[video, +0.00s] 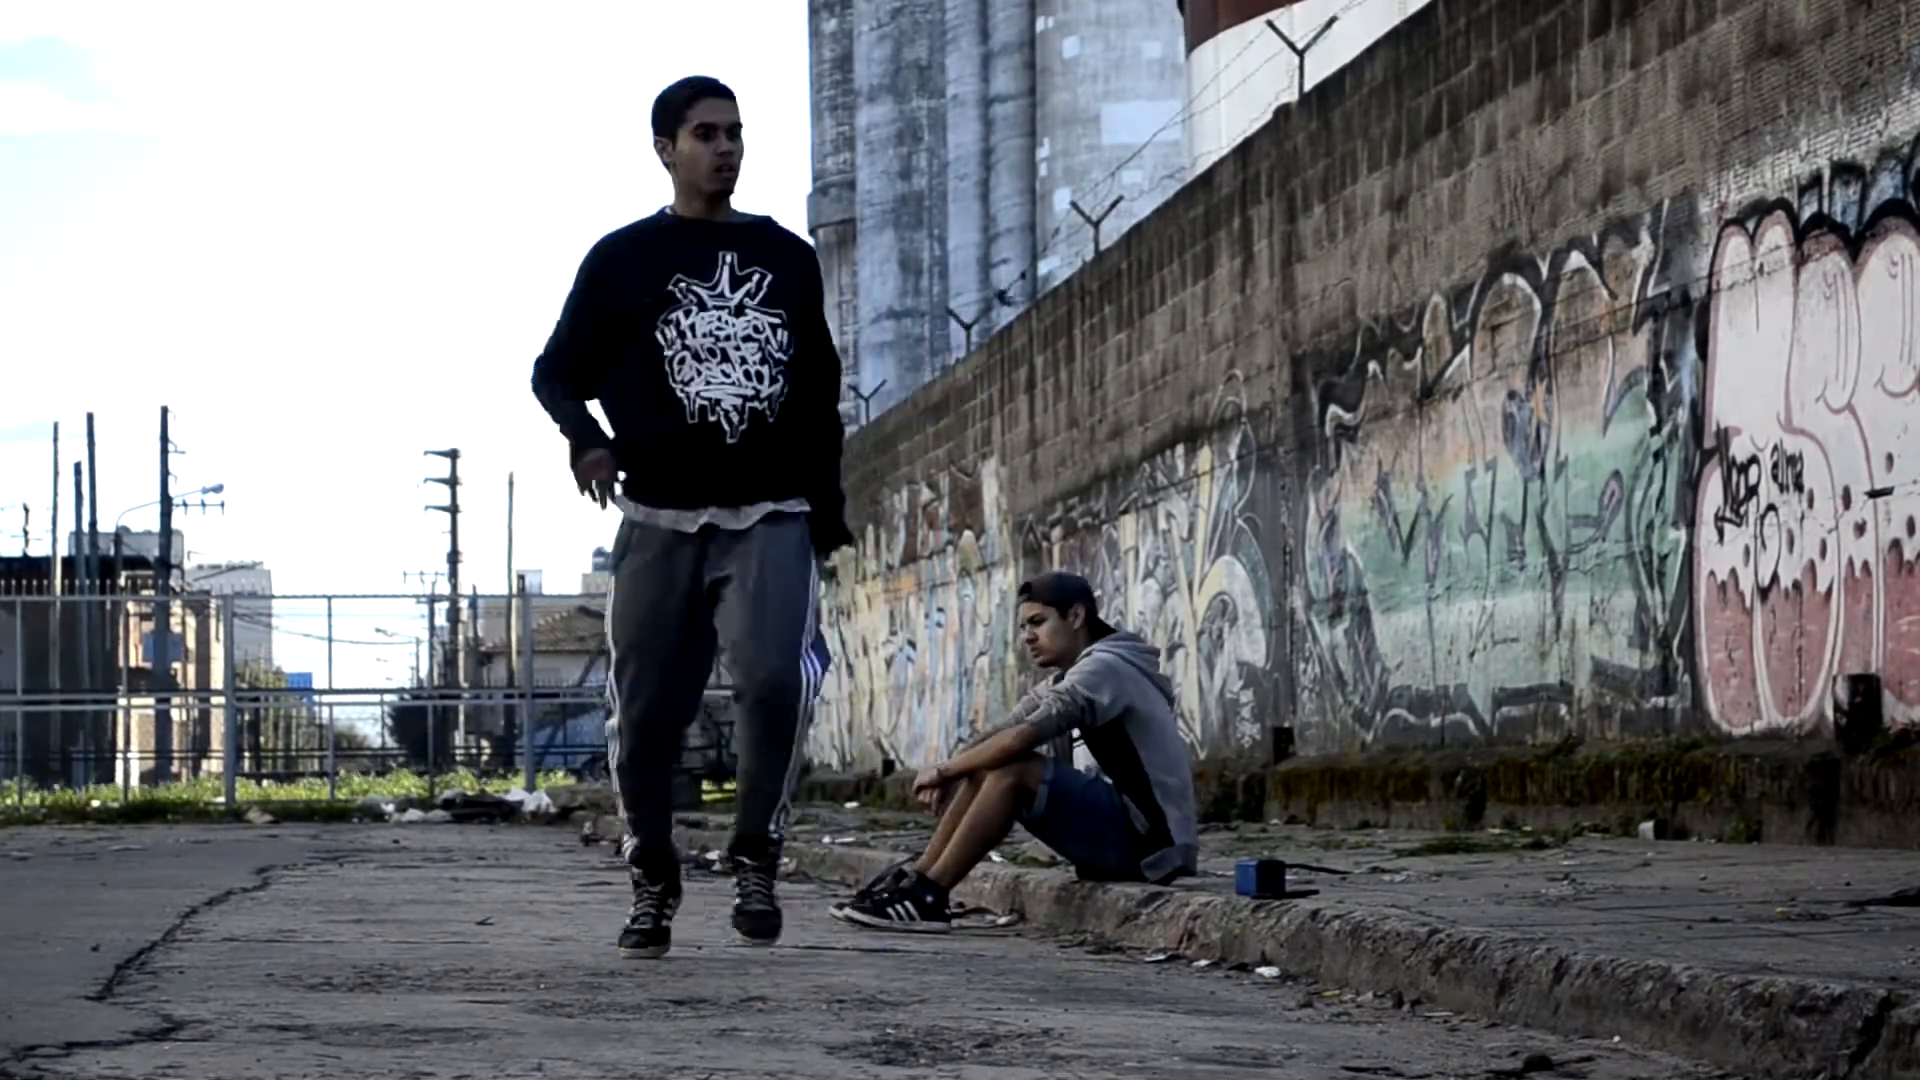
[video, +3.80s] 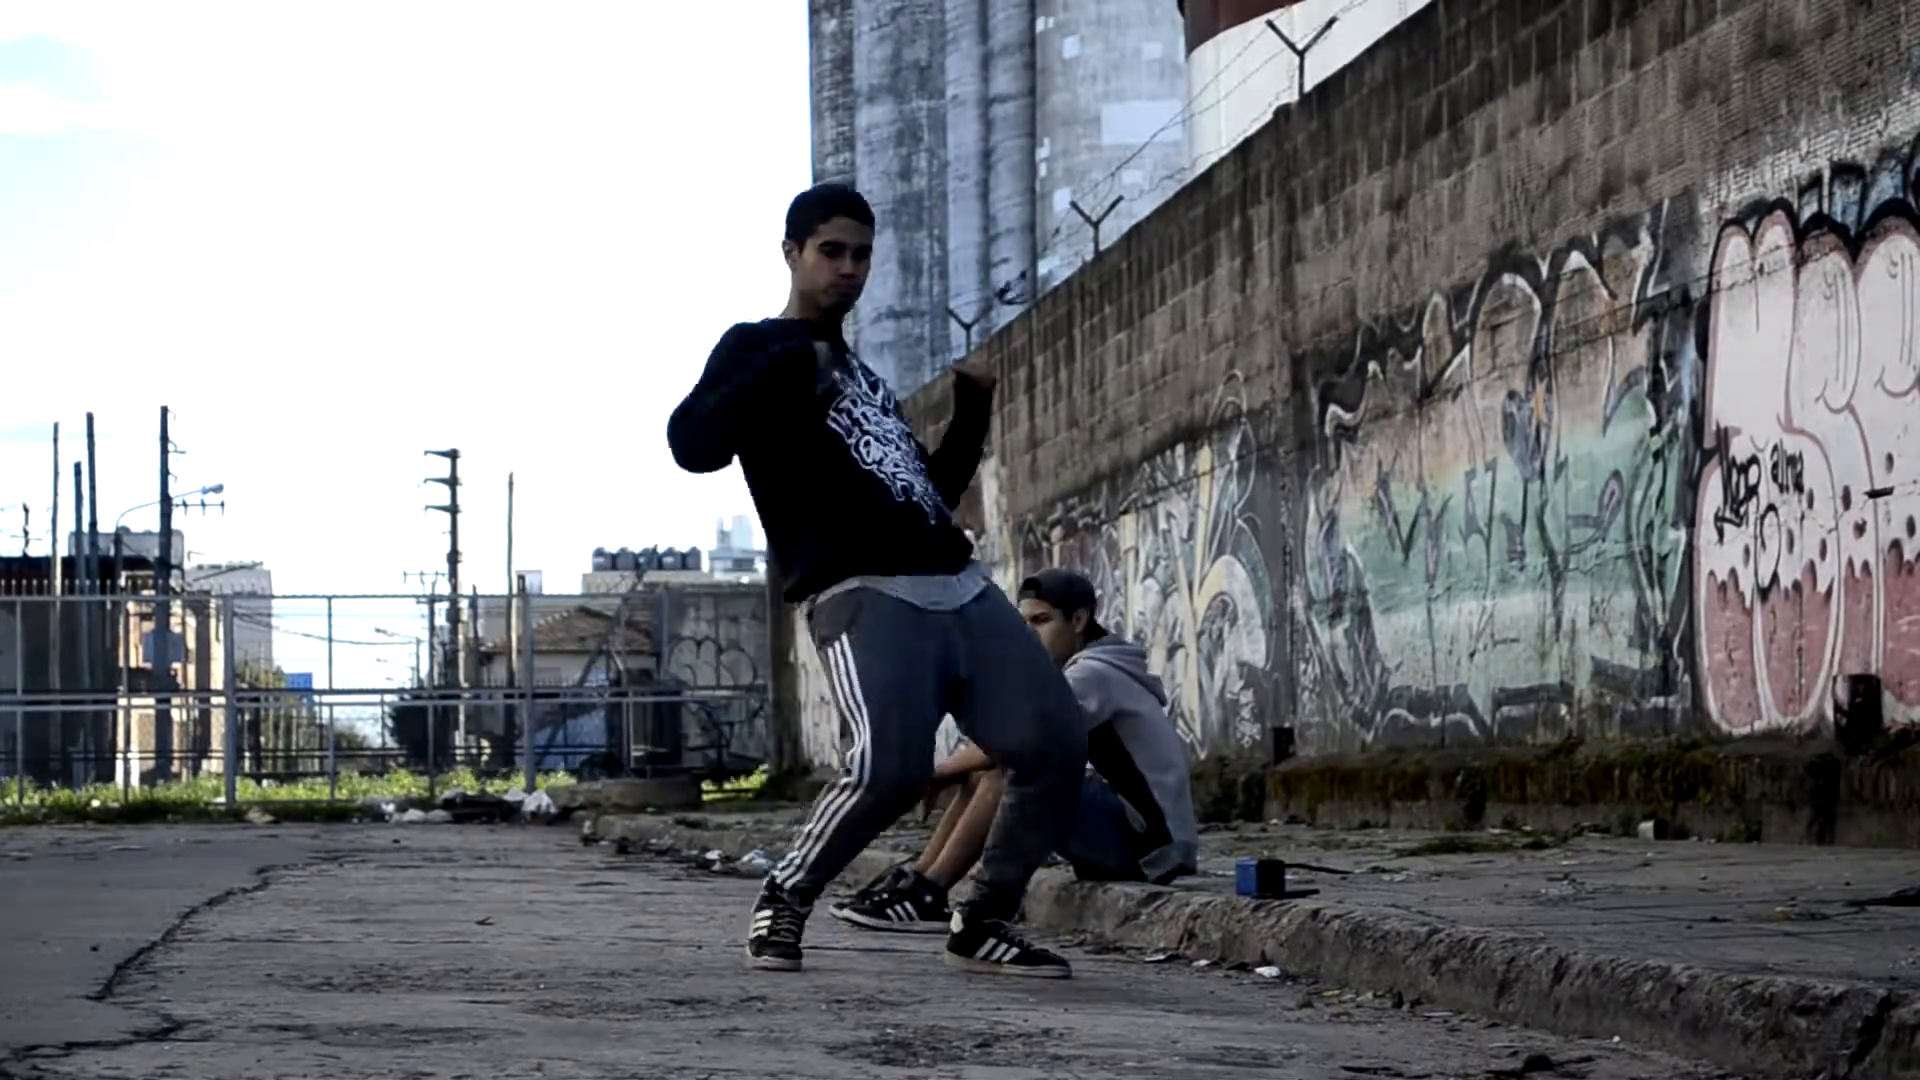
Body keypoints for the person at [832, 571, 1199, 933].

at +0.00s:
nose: (1028, 637)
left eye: (1037, 623)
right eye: (1024, 627)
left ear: (1076, 617)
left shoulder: (1105, 665)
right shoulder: (1081, 670)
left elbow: (1022, 738)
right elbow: (1015, 730)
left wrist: (945, 770)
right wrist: (949, 769)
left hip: (1151, 844)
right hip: (1123, 834)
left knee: (1015, 770)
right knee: (986, 764)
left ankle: (933, 895)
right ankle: (914, 884)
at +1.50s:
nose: (1019, 650)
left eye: (1028, 636)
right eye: (1015, 639)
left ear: (1067, 628)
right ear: (1061, 632)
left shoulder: (1101, 676)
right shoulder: (1064, 684)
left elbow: (1011, 751)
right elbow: (999, 743)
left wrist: (957, 749)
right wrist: (942, 776)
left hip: (1151, 848)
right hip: (1120, 839)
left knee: (1013, 771)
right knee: (983, 767)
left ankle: (933, 895)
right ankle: (915, 882)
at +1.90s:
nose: (1030, 641)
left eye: (1041, 629)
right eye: (1026, 630)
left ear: (1080, 626)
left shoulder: (1104, 672)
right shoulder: (1060, 673)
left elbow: (1010, 737)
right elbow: (990, 730)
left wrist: (1001, 721)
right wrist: (936, 793)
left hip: (1146, 845)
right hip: (1115, 834)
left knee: (1012, 766)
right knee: (988, 755)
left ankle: (932, 894)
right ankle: (915, 880)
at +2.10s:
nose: (1029, 642)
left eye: (1039, 629)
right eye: (1026, 630)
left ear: (1079, 627)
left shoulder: (1103, 670)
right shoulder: (1073, 672)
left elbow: (1009, 737)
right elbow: (995, 728)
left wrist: (999, 720)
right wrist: (941, 784)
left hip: (1150, 842)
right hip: (1119, 832)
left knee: (1011, 765)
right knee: (989, 758)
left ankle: (932, 895)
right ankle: (912, 883)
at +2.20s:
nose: (1028, 639)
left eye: (1039, 626)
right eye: (1026, 628)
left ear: (1079, 625)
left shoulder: (1101, 667)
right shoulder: (1081, 669)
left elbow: (1010, 735)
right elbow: (1010, 734)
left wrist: (978, 725)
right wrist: (949, 771)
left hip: (1149, 843)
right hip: (1122, 834)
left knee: (1014, 764)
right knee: (988, 757)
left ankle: (936, 893)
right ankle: (914, 881)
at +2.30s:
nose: (1027, 637)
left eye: (1038, 625)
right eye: (1025, 626)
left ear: (1077, 624)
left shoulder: (1097, 665)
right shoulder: (1082, 668)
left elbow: (1012, 732)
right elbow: (1019, 745)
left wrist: (943, 749)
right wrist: (958, 763)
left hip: (1150, 842)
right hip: (1123, 833)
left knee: (1013, 764)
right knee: (985, 765)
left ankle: (935, 894)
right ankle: (915, 882)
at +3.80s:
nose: (1029, 635)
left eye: (1040, 622)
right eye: (1025, 624)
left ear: (1079, 620)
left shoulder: (1093, 671)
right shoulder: (1079, 669)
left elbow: (1011, 747)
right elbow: (1002, 741)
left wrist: (934, 772)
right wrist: (939, 770)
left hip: (1148, 845)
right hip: (1119, 832)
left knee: (1007, 776)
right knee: (981, 768)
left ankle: (932, 894)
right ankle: (912, 883)